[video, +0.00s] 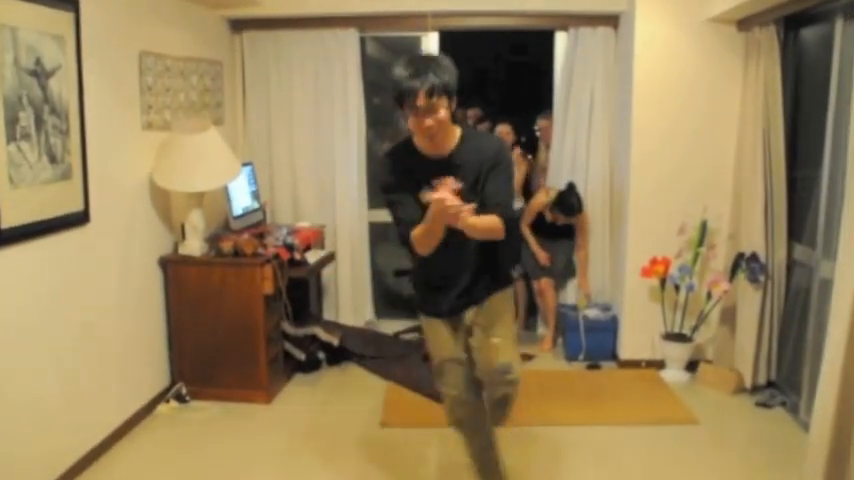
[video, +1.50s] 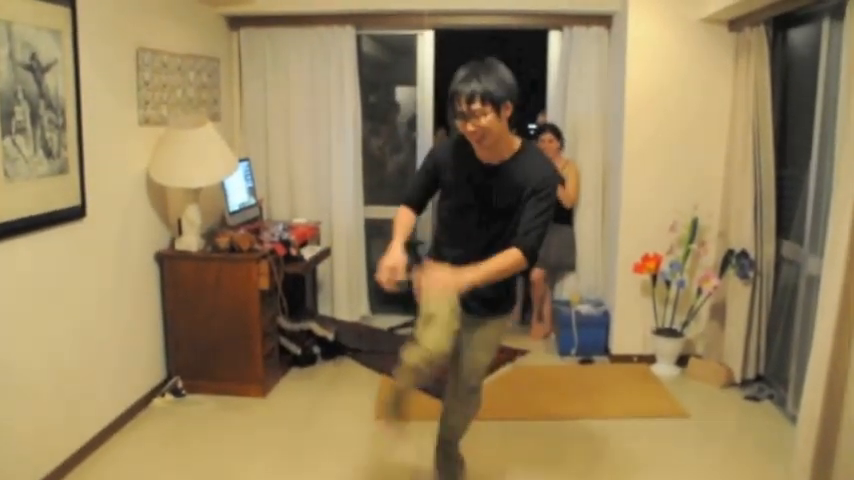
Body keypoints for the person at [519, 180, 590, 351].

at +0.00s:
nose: (562, 221)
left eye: (567, 219)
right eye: (560, 217)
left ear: (575, 213)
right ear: (554, 207)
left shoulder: (579, 216)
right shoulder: (541, 200)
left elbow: (581, 248)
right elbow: (524, 225)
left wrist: (583, 282)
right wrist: (538, 251)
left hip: (563, 241)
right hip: (537, 238)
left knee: (546, 282)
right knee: (537, 286)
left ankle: (550, 331)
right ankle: (550, 328)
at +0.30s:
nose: (568, 211)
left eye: (570, 207)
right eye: (564, 207)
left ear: (574, 202)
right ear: (553, 201)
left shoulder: (578, 208)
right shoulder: (538, 199)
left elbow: (581, 238)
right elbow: (528, 227)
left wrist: (582, 269)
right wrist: (539, 246)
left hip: (564, 240)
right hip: (540, 239)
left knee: (548, 282)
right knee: (540, 283)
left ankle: (550, 330)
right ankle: (550, 327)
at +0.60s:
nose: (556, 164)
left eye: (561, 159)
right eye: (552, 159)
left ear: (569, 160)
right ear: (546, 162)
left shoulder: (577, 180)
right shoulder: (538, 180)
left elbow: (579, 215)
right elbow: (534, 213)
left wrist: (557, 208)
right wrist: (546, 206)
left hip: (565, 230)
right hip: (540, 229)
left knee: (548, 279)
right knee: (542, 279)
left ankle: (550, 328)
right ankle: (551, 325)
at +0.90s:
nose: (550, 147)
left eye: (555, 142)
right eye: (547, 143)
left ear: (565, 146)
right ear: (543, 146)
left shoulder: (574, 168)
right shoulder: (537, 169)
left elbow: (577, 203)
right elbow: (530, 201)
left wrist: (567, 181)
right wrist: (527, 182)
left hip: (566, 227)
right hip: (543, 225)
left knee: (545, 274)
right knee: (551, 279)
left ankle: (545, 326)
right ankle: (554, 323)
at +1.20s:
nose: (547, 146)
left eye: (551, 141)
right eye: (543, 141)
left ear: (561, 145)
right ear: (538, 145)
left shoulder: (570, 167)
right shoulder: (535, 167)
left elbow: (571, 200)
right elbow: (528, 198)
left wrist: (553, 183)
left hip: (564, 228)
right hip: (538, 227)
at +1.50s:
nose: (545, 146)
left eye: (550, 141)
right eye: (542, 141)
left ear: (559, 144)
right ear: (537, 145)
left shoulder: (568, 166)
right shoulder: (538, 167)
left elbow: (568, 200)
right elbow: (532, 197)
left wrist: (553, 177)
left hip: (559, 225)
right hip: (539, 223)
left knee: (538, 273)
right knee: (543, 279)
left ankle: (535, 319)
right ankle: (547, 323)